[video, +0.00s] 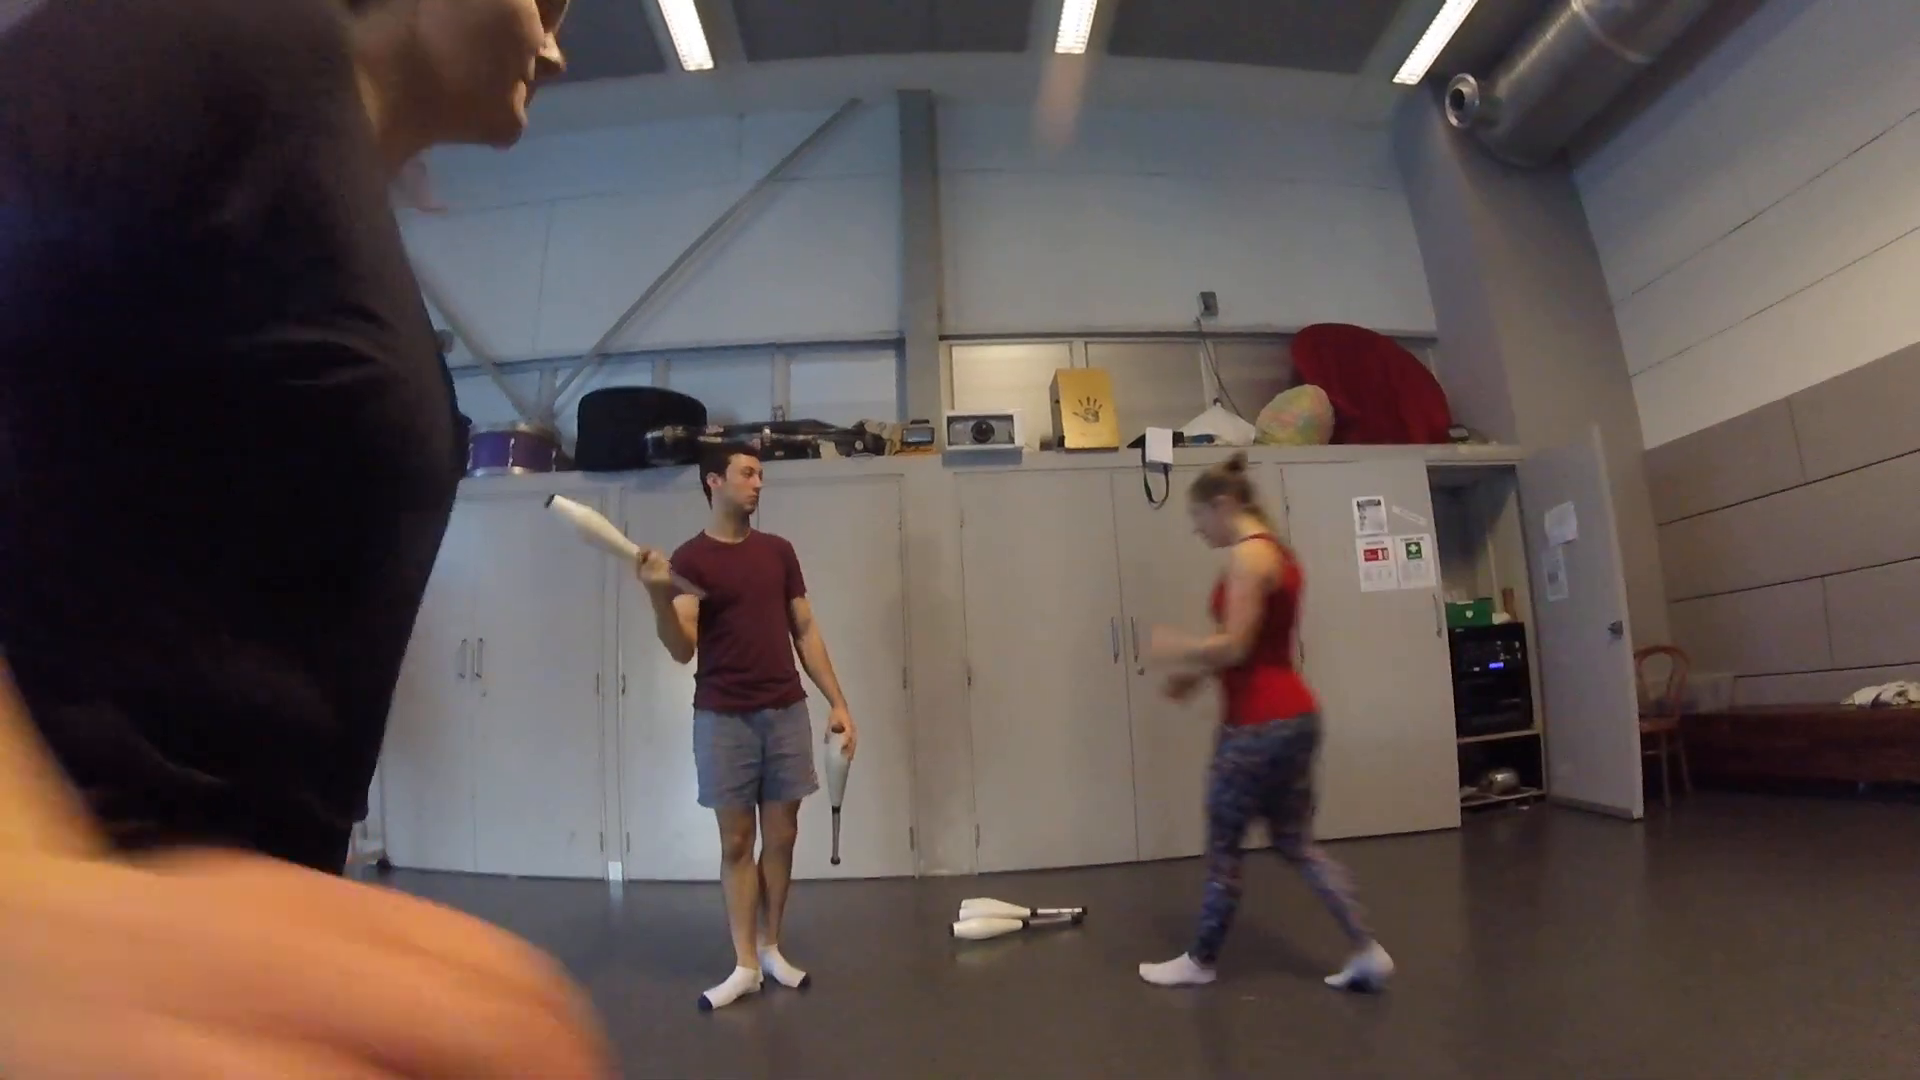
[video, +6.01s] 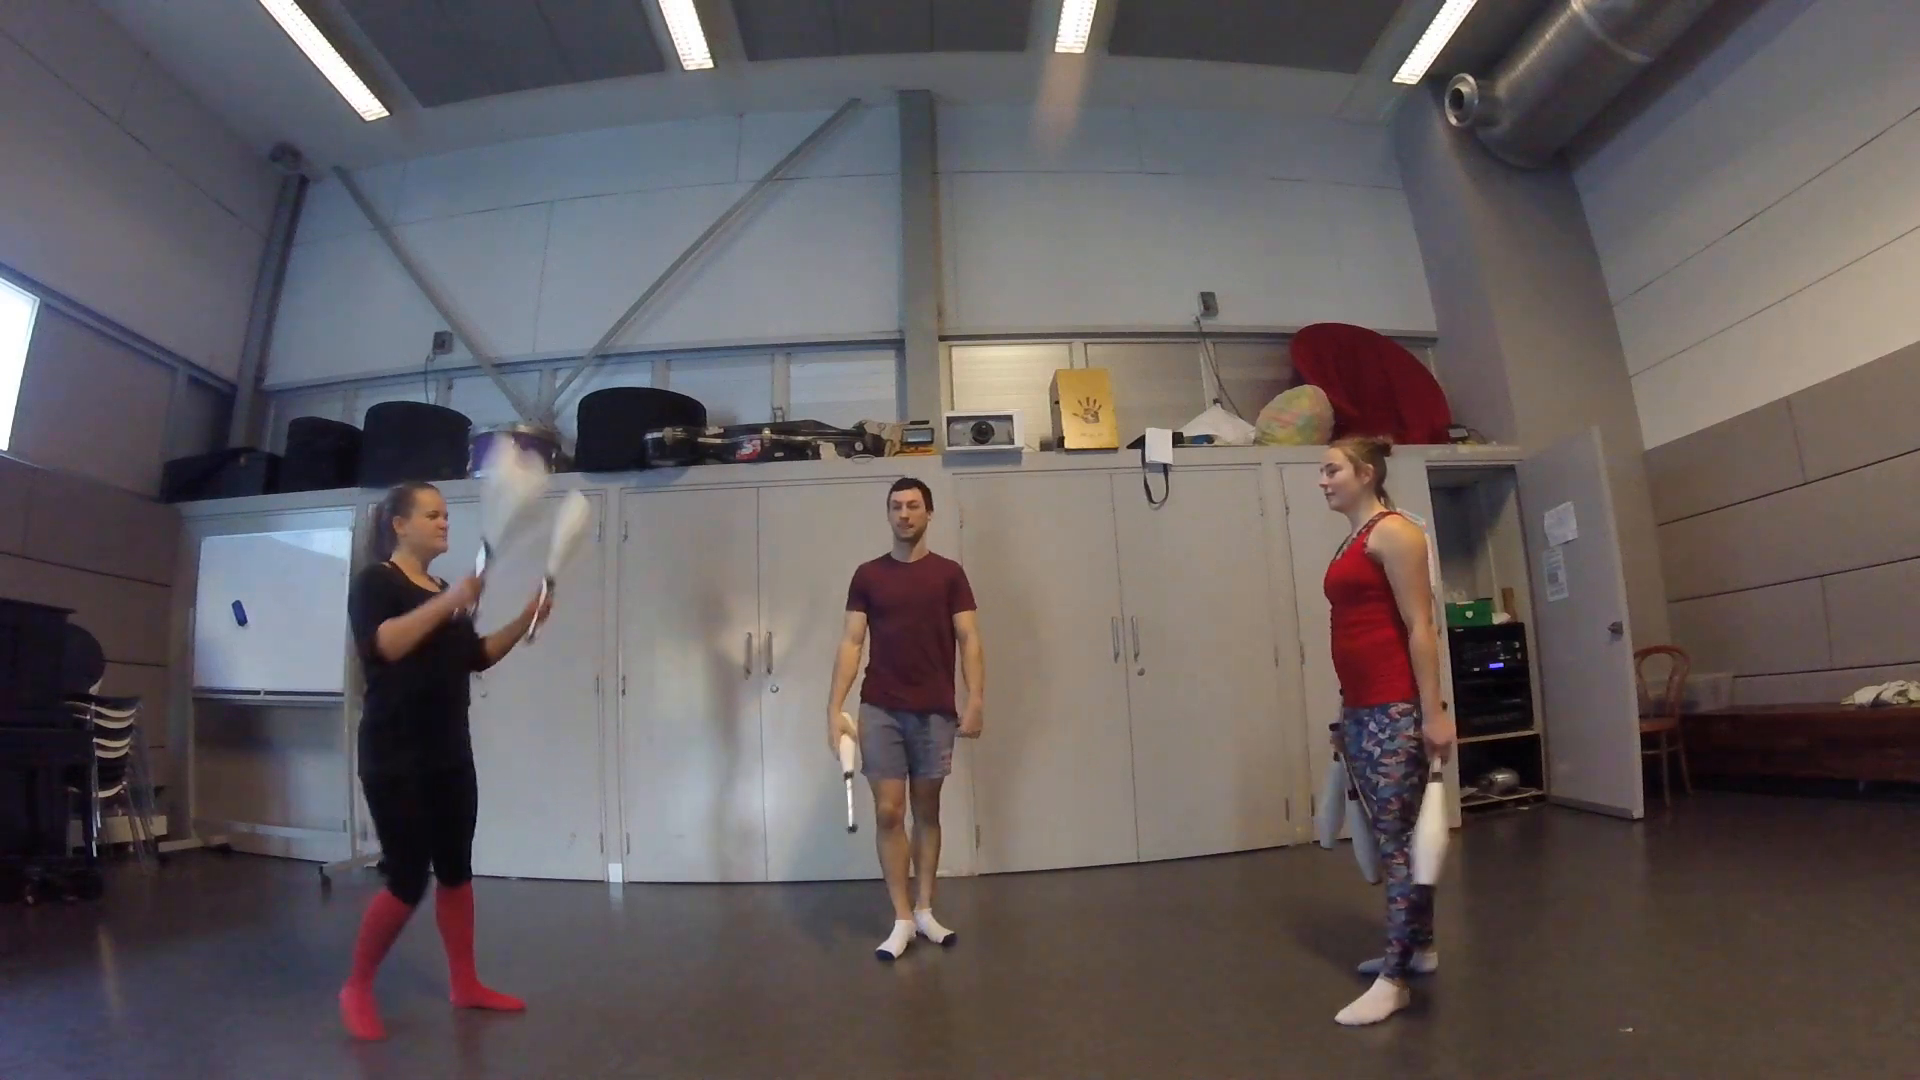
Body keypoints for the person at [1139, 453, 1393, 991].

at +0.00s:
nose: (1197, 528)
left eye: (1199, 516)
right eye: (1195, 518)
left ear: (1223, 507)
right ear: (1239, 506)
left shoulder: (1250, 556)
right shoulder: (1273, 552)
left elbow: (1234, 644)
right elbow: (1252, 642)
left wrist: (1179, 646)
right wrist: (1199, 673)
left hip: (1258, 719)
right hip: (1292, 711)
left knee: (1225, 841)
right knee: (1294, 839)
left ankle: (1202, 957)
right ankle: (1367, 949)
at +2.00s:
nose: (1092, 524)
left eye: (1103, 516)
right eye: (1091, 517)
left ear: (1131, 521)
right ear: (1113, 525)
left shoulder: (1141, 559)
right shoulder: (1137, 564)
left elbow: (1165, 630)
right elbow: (1180, 642)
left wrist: (1157, 707)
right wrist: (1220, 708)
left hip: (1187, 716)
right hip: (1175, 716)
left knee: (1171, 827)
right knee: (1130, 803)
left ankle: (1197, 949)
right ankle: (1176, 907)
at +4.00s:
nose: (1337, 480)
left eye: (1348, 470)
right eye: (1336, 471)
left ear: (1384, 476)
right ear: (1351, 480)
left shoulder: (1419, 531)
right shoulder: (1355, 544)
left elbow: (1463, 617)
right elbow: (1361, 636)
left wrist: (1503, 695)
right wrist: (1349, 711)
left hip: (1427, 707)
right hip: (1371, 710)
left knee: (1444, 828)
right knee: (1385, 833)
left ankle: (1502, 938)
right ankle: (1380, 946)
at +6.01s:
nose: (1322, 480)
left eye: (1332, 470)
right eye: (1321, 471)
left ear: (1367, 474)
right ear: (1348, 477)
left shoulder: (1394, 532)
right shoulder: (1356, 537)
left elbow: (1422, 626)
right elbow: (1362, 634)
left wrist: (1434, 711)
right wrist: (1350, 711)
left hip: (1393, 714)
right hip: (1362, 715)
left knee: (1398, 840)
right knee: (1387, 837)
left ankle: (1393, 978)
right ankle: (1415, 948)